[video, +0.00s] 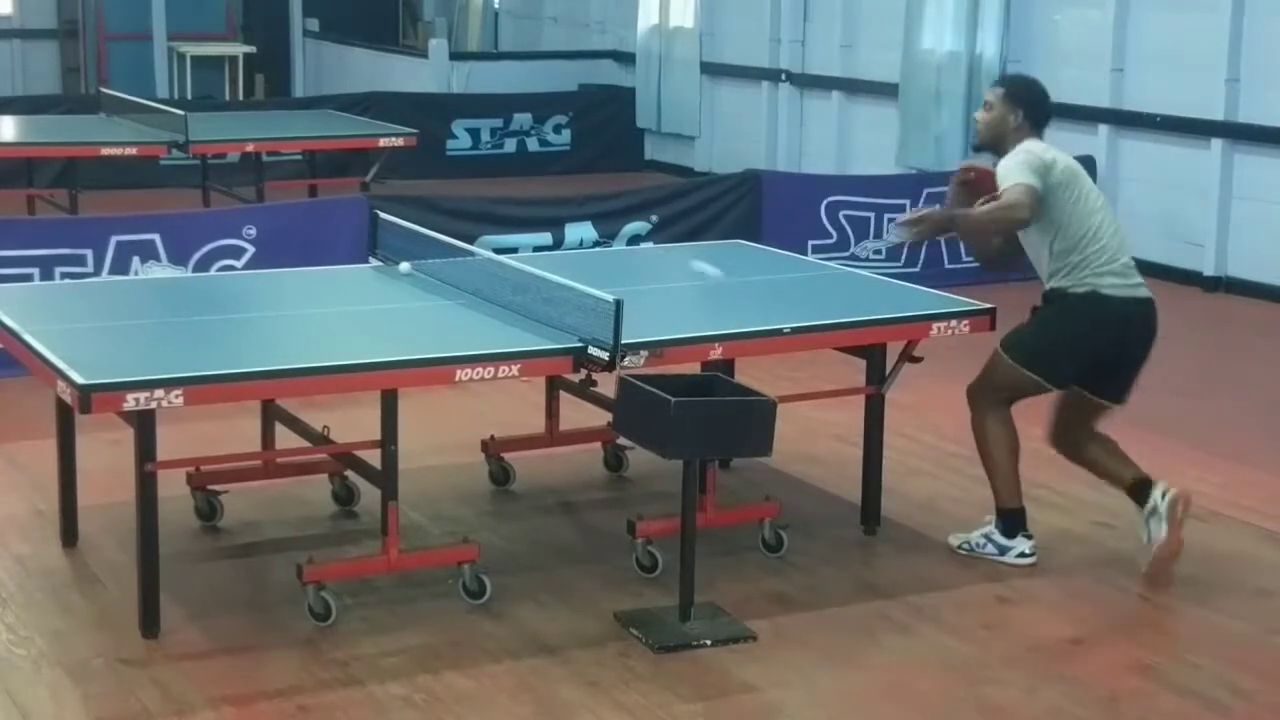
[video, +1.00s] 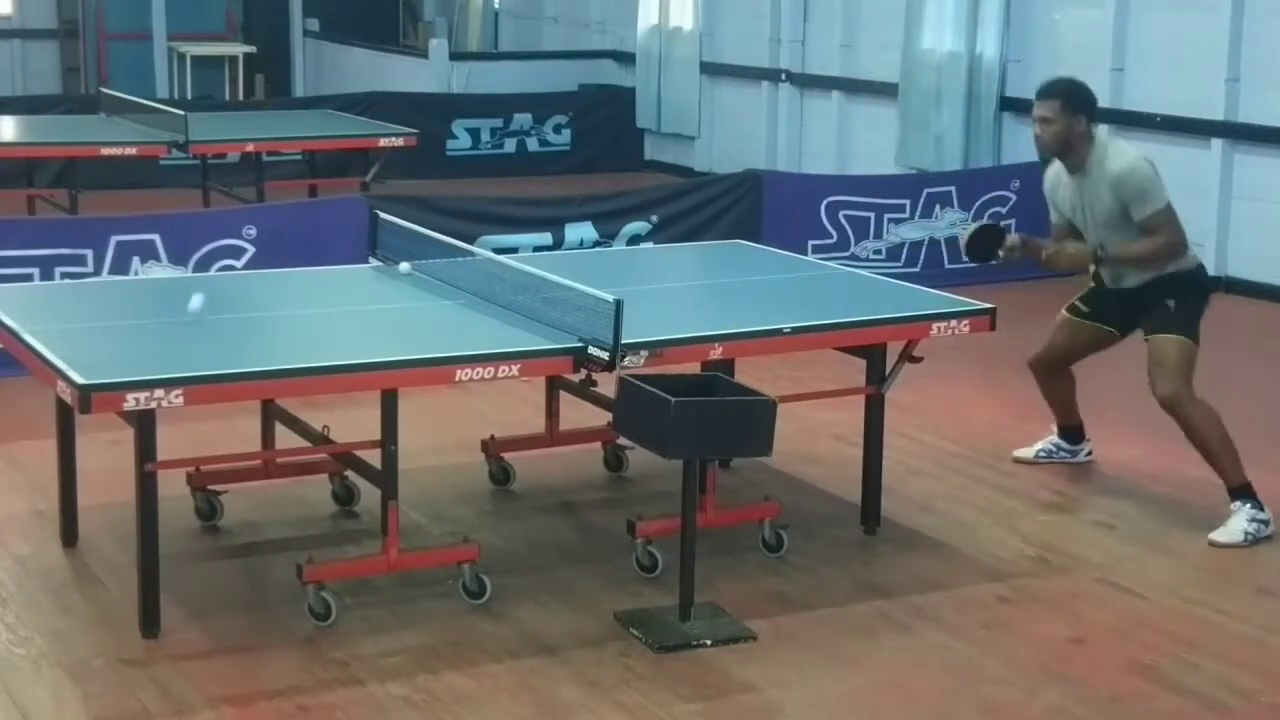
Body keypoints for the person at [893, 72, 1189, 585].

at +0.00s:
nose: (978, 116)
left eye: (987, 108)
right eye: (981, 107)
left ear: (1014, 116)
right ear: (1026, 121)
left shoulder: (1023, 157)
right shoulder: (1057, 167)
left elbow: (1019, 210)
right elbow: (990, 253)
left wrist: (945, 220)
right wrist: (964, 210)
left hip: (1086, 309)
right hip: (1135, 314)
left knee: (986, 396)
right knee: (1071, 432)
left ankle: (1010, 533)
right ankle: (1152, 498)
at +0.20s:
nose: (987, 85)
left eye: (998, 78)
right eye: (989, 77)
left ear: (1029, 89)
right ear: (1014, 90)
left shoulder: (1047, 132)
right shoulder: (1018, 153)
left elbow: (1084, 194)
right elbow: (984, 232)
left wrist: (1027, 196)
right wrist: (962, 198)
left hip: (1093, 280)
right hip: (1069, 280)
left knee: (997, 391)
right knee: (1022, 382)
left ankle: (1012, 529)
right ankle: (1081, 474)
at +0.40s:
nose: (1010, 41)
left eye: (1021, 33)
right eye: (1010, 32)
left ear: (1053, 44)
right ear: (1015, 44)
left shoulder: (1085, 101)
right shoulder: (1012, 106)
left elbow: (1146, 170)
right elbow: (1028, 185)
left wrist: (1093, 186)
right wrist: (1000, 172)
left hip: (1102, 240)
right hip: (1051, 243)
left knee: (1062, 353)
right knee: (1013, 341)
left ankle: (1102, 493)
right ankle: (1072, 444)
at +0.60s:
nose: (1024, 77)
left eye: (1035, 69)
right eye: (1024, 67)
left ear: (1068, 75)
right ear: (1034, 73)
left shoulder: (1113, 133)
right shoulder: (1025, 131)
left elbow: (1156, 204)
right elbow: (1029, 201)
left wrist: (1097, 230)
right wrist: (997, 206)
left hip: (1109, 269)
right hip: (1048, 265)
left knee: (1118, 383)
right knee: (1009, 346)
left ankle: (1198, 482)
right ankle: (1034, 432)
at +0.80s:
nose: (1024, 96)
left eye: (1034, 87)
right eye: (1023, 87)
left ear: (1068, 90)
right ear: (1028, 89)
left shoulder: (1115, 135)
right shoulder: (1037, 144)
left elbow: (1164, 204)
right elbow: (1042, 215)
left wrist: (1094, 228)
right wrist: (1006, 222)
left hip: (1150, 255)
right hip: (1092, 259)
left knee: (1148, 365)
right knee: (1030, 340)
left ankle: (1226, 481)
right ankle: (1045, 430)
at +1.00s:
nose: (1035, 131)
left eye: (1046, 122)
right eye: (1035, 121)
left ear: (1079, 124)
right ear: (1044, 123)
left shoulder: (1126, 167)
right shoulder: (1055, 177)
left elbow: (1173, 242)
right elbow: (1069, 251)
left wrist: (1100, 254)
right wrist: (1026, 247)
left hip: (1171, 284)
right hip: (1114, 287)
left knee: (1171, 391)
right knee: (1046, 362)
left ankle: (1249, 506)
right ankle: (1072, 441)